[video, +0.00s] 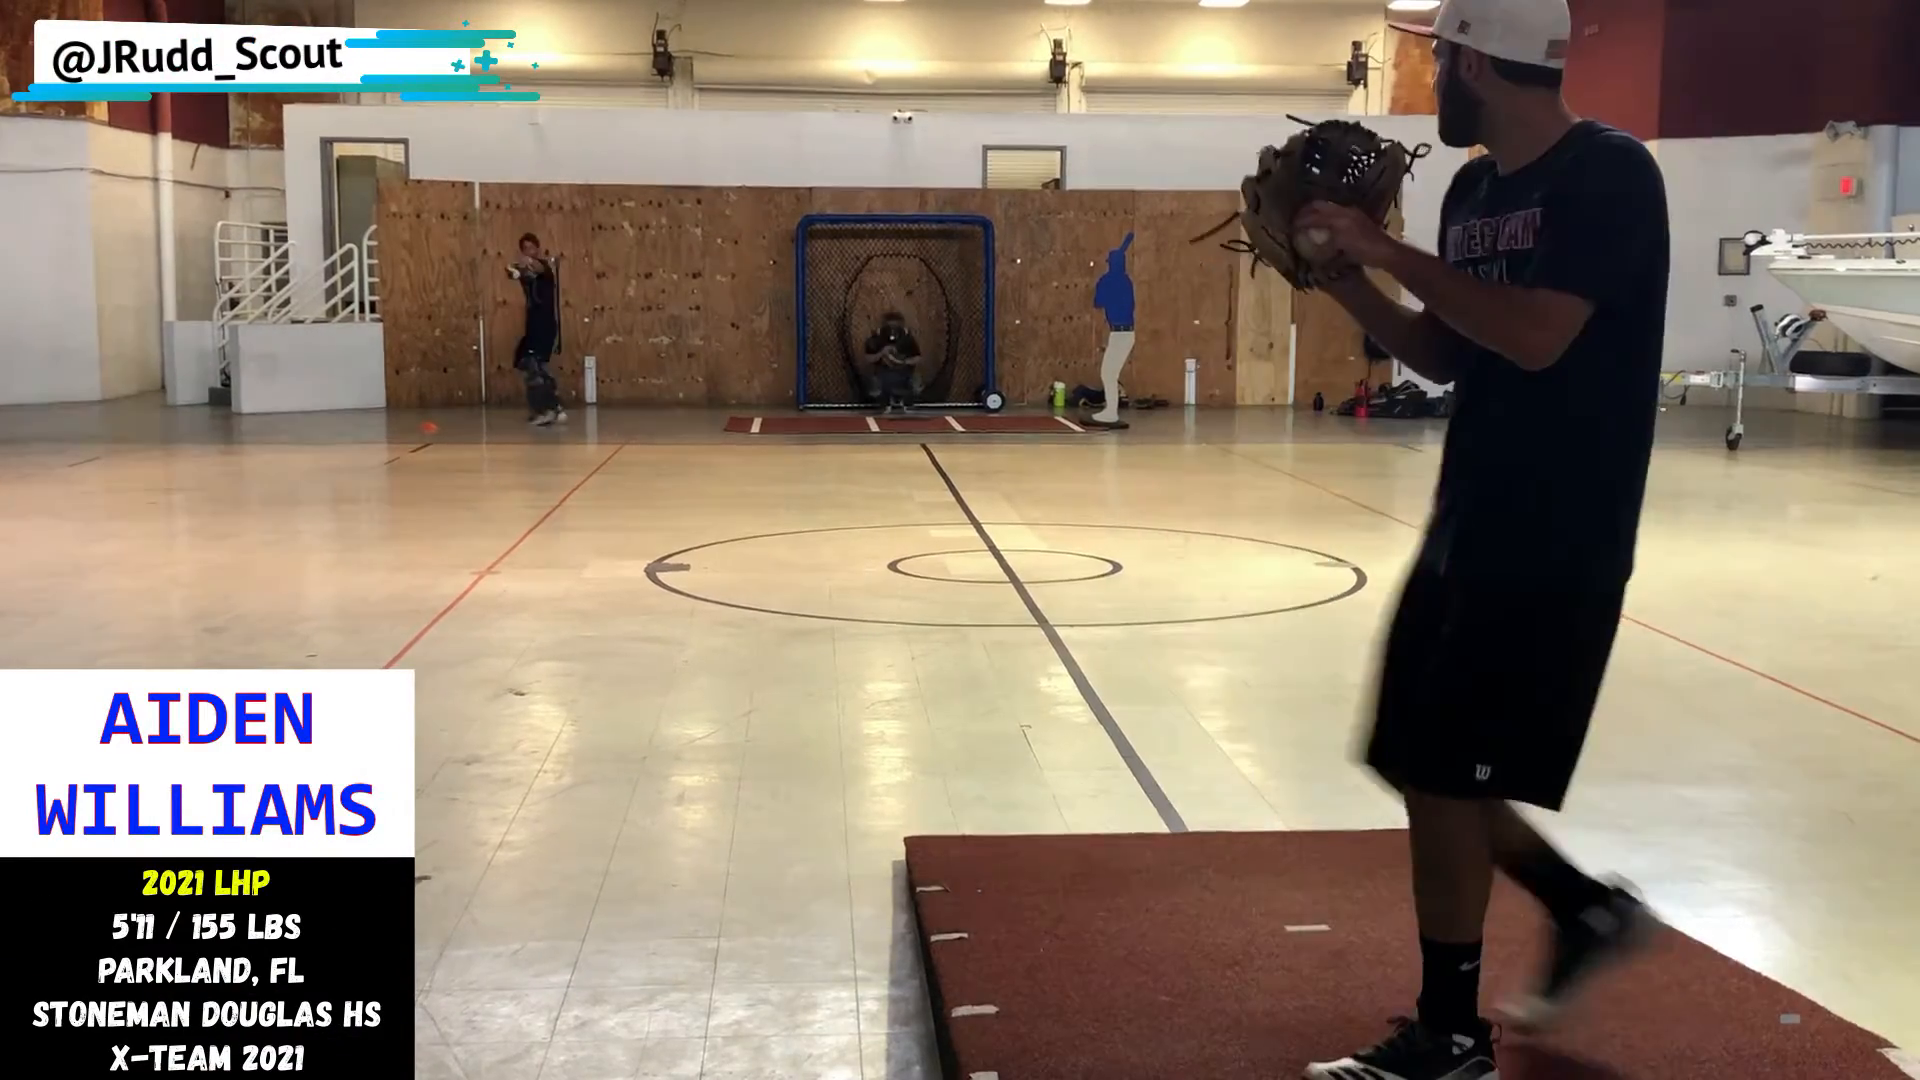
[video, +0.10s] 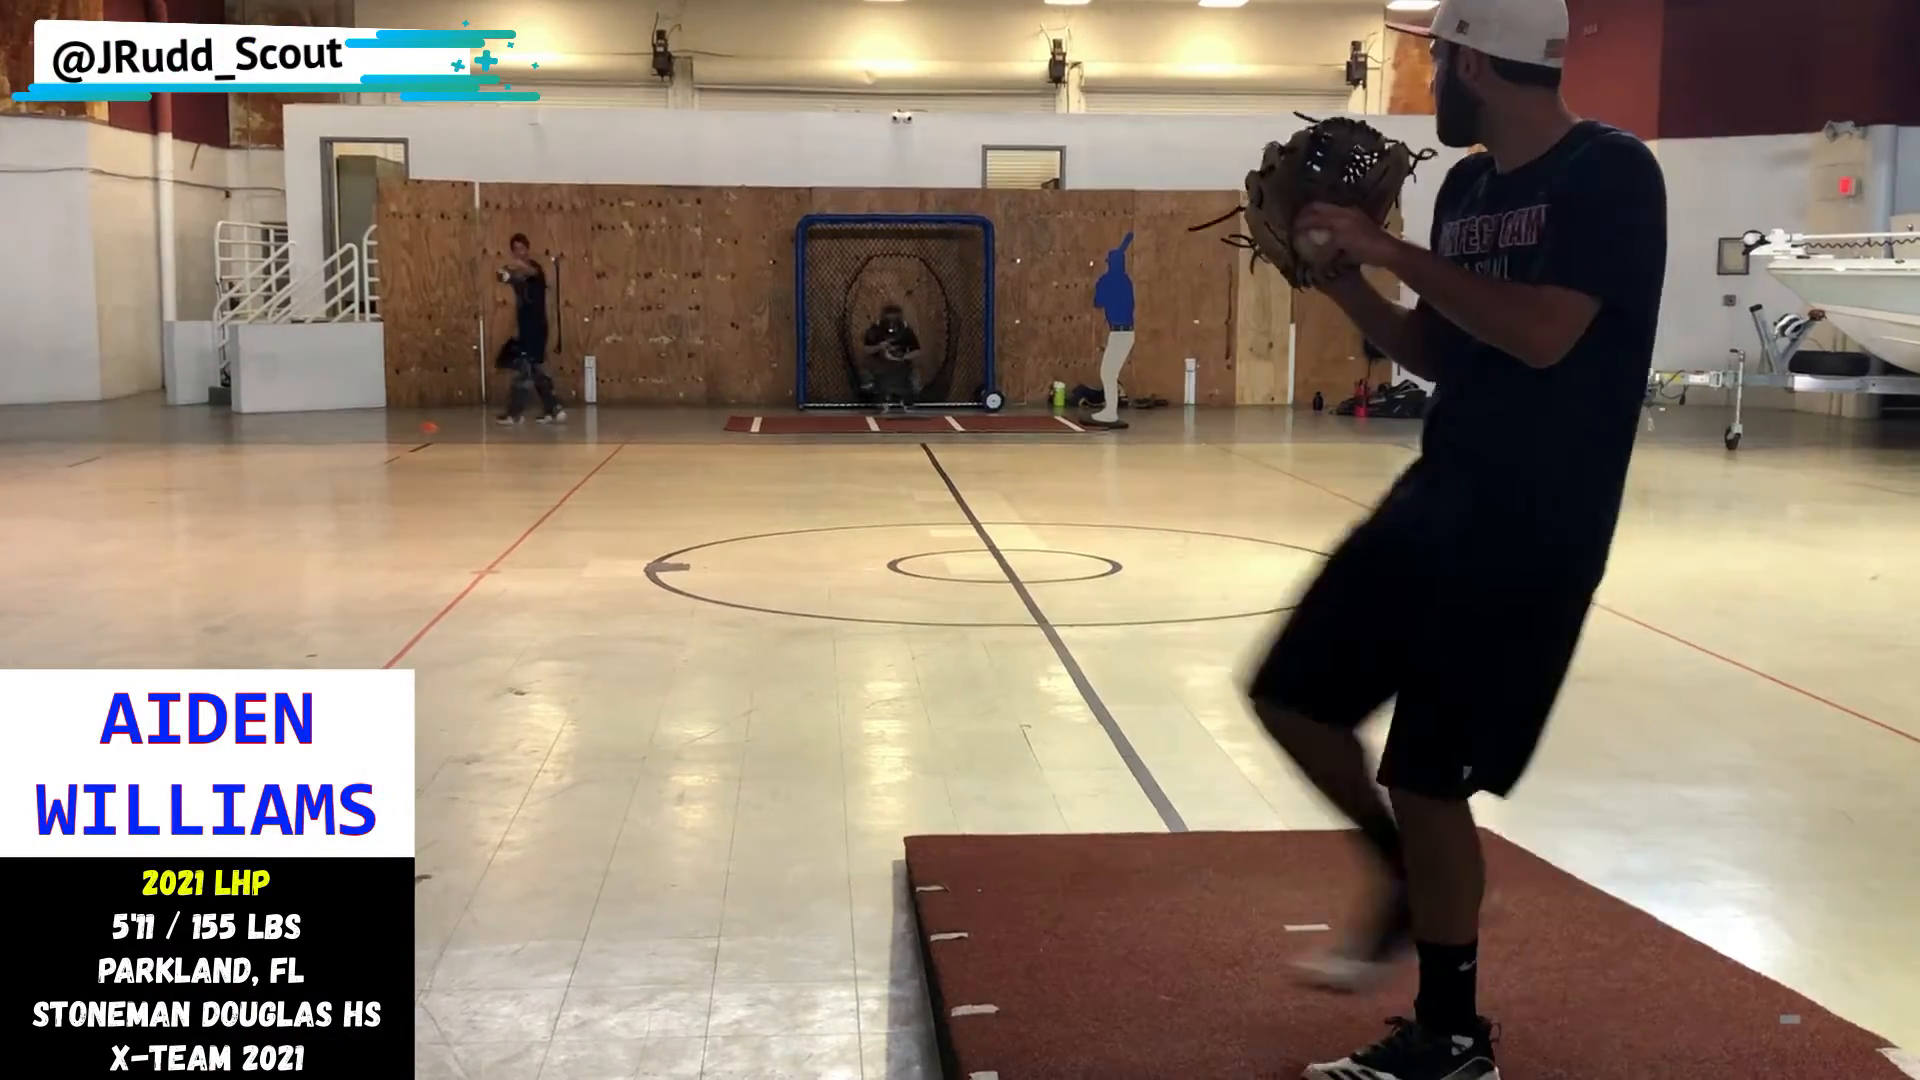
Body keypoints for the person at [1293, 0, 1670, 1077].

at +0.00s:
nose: (1435, 77)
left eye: (1444, 54)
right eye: (1438, 54)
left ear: (1480, 62)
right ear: (1512, 65)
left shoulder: (1612, 174)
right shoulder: (1479, 190)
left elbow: (1538, 331)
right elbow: (1444, 356)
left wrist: (1386, 249)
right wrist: (1337, 275)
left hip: (1556, 535)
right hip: (1473, 522)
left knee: (1444, 764)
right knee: (1412, 752)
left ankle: (1450, 1029)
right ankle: (1585, 905)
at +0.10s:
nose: (1433, 80)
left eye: (1440, 56)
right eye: (1435, 56)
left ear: (1475, 59)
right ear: (1517, 60)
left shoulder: (1614, 172)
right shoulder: (1466, 187)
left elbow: (1544, 329)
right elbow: (1439, 354)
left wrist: (1388, 249)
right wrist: (1337, 278)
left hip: (1536, 529)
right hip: (1440, 501)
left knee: (1426, 777)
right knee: (1292, 699)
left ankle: (1449, 1029)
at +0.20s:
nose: (1430, 79)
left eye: (1437, 54)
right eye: (1433, 57)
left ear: (1475, 58)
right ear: (1509, 62)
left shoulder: (1612, 172)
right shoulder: (1462, 186)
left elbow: (1543, 329)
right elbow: (1426, 348)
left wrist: (1384, 247)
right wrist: (1331, 280)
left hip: (1509, 525)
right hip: (1415, 486)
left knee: (1423, 778)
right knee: (1204, 592)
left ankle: (1449, 1028)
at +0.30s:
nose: (1422, 80)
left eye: (1430, 57)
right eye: (1424, 59)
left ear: (1470, 60)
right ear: (1500, 63)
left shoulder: (1601, 175)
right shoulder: (1454, 185)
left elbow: (1528, 331)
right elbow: (1418, 350)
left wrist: (1375, 247)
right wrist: (1319, 281)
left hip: (1481, 517)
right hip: (1395, 474)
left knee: (1415, 761)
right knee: (1170, 486)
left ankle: (1453, 1030)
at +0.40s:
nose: (1409, 81)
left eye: (1417, 59)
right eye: (1412, 61)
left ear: (1453, 64)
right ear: (1483, 68)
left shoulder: (1582, 177)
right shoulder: (1438, 190)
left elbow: (1511, 332)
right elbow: (1394, 348)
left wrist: (1364, 245)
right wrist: (1305, 271)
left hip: (1463, 511)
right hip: (1379, 466)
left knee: (1408, 767)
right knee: (1163, 388)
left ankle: (1452, 1032)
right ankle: (982, 584)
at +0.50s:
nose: (1386, 81)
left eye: (1397, 62)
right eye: (1389, 62)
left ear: (1433, 71)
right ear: (1451, 75)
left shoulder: (1555, 182)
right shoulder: (1418, 190)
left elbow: (1491, 332)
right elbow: (1370, 354)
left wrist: (1347, 248)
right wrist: (1287, 267)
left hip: (1437, 514)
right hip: (1354, 463)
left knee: (1392, 765)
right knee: (1181, 301)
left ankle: (1449, 1028)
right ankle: (1073, 536)